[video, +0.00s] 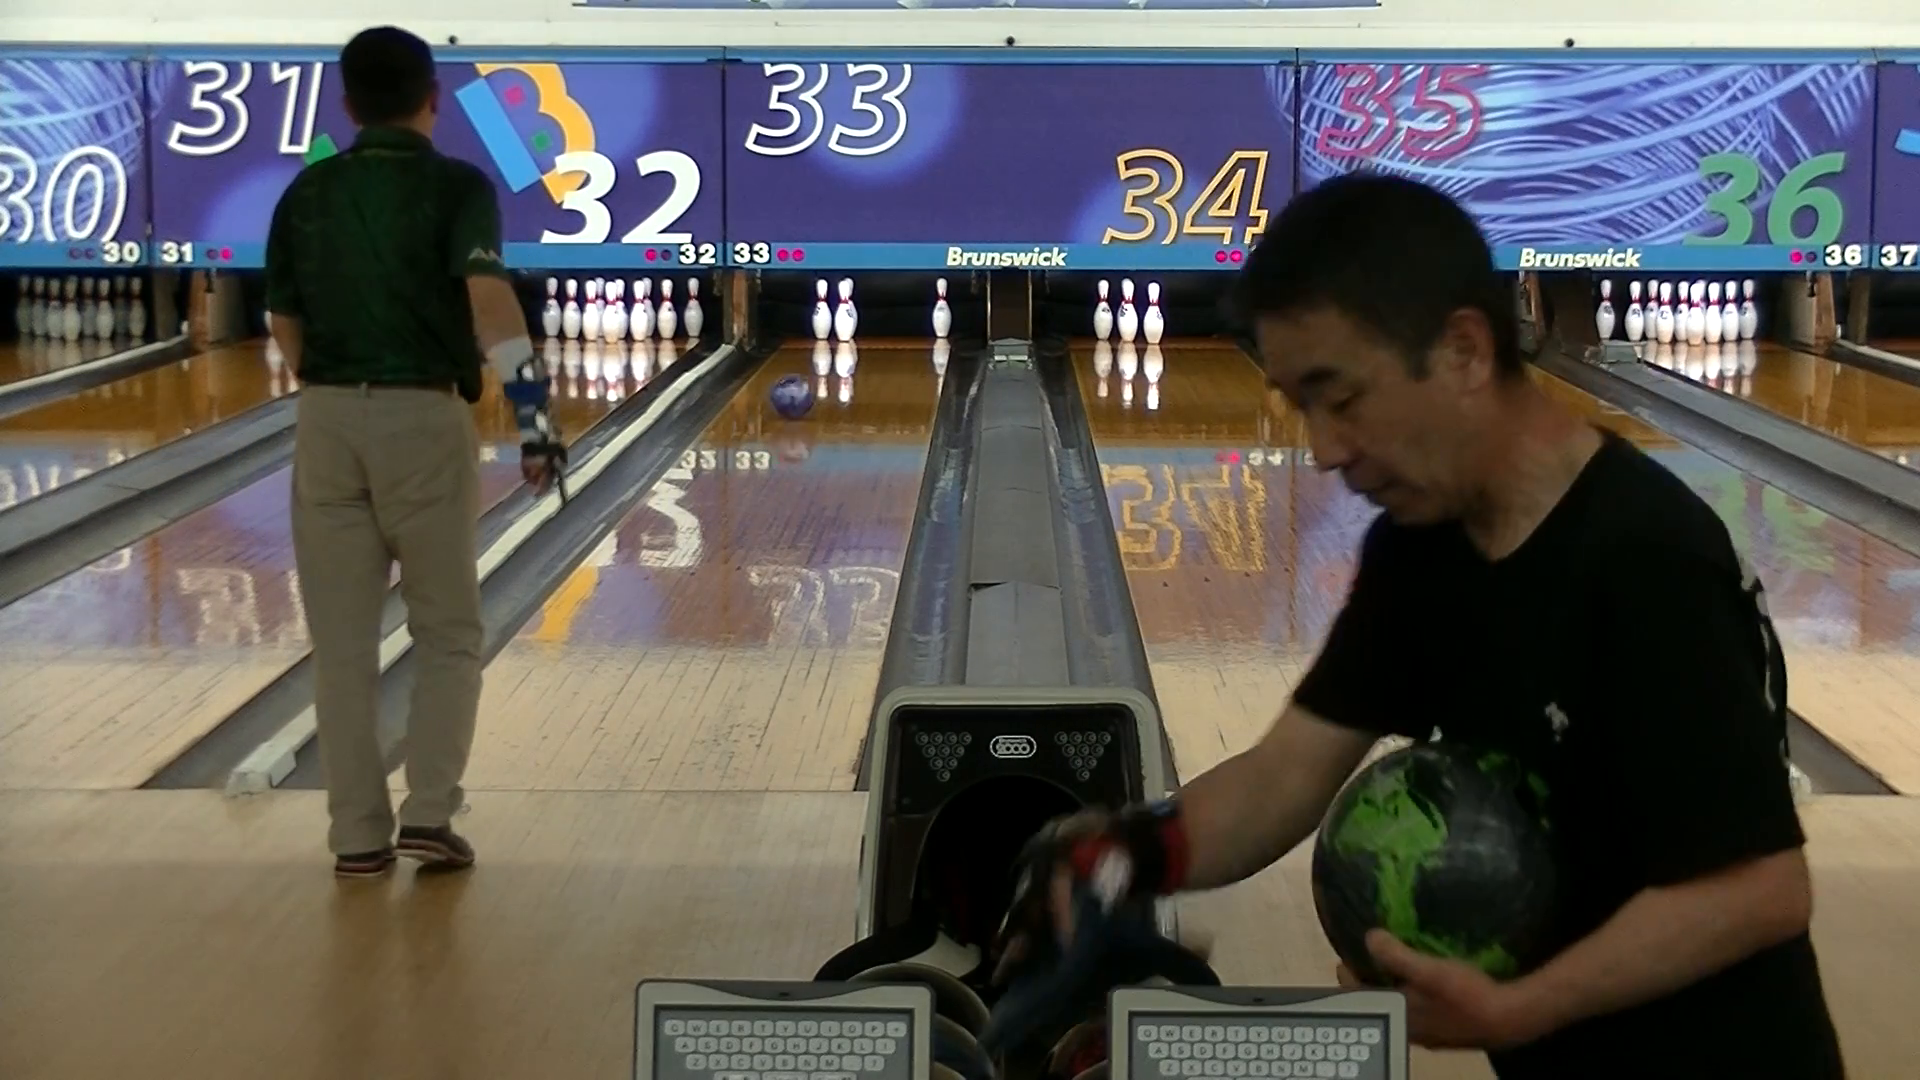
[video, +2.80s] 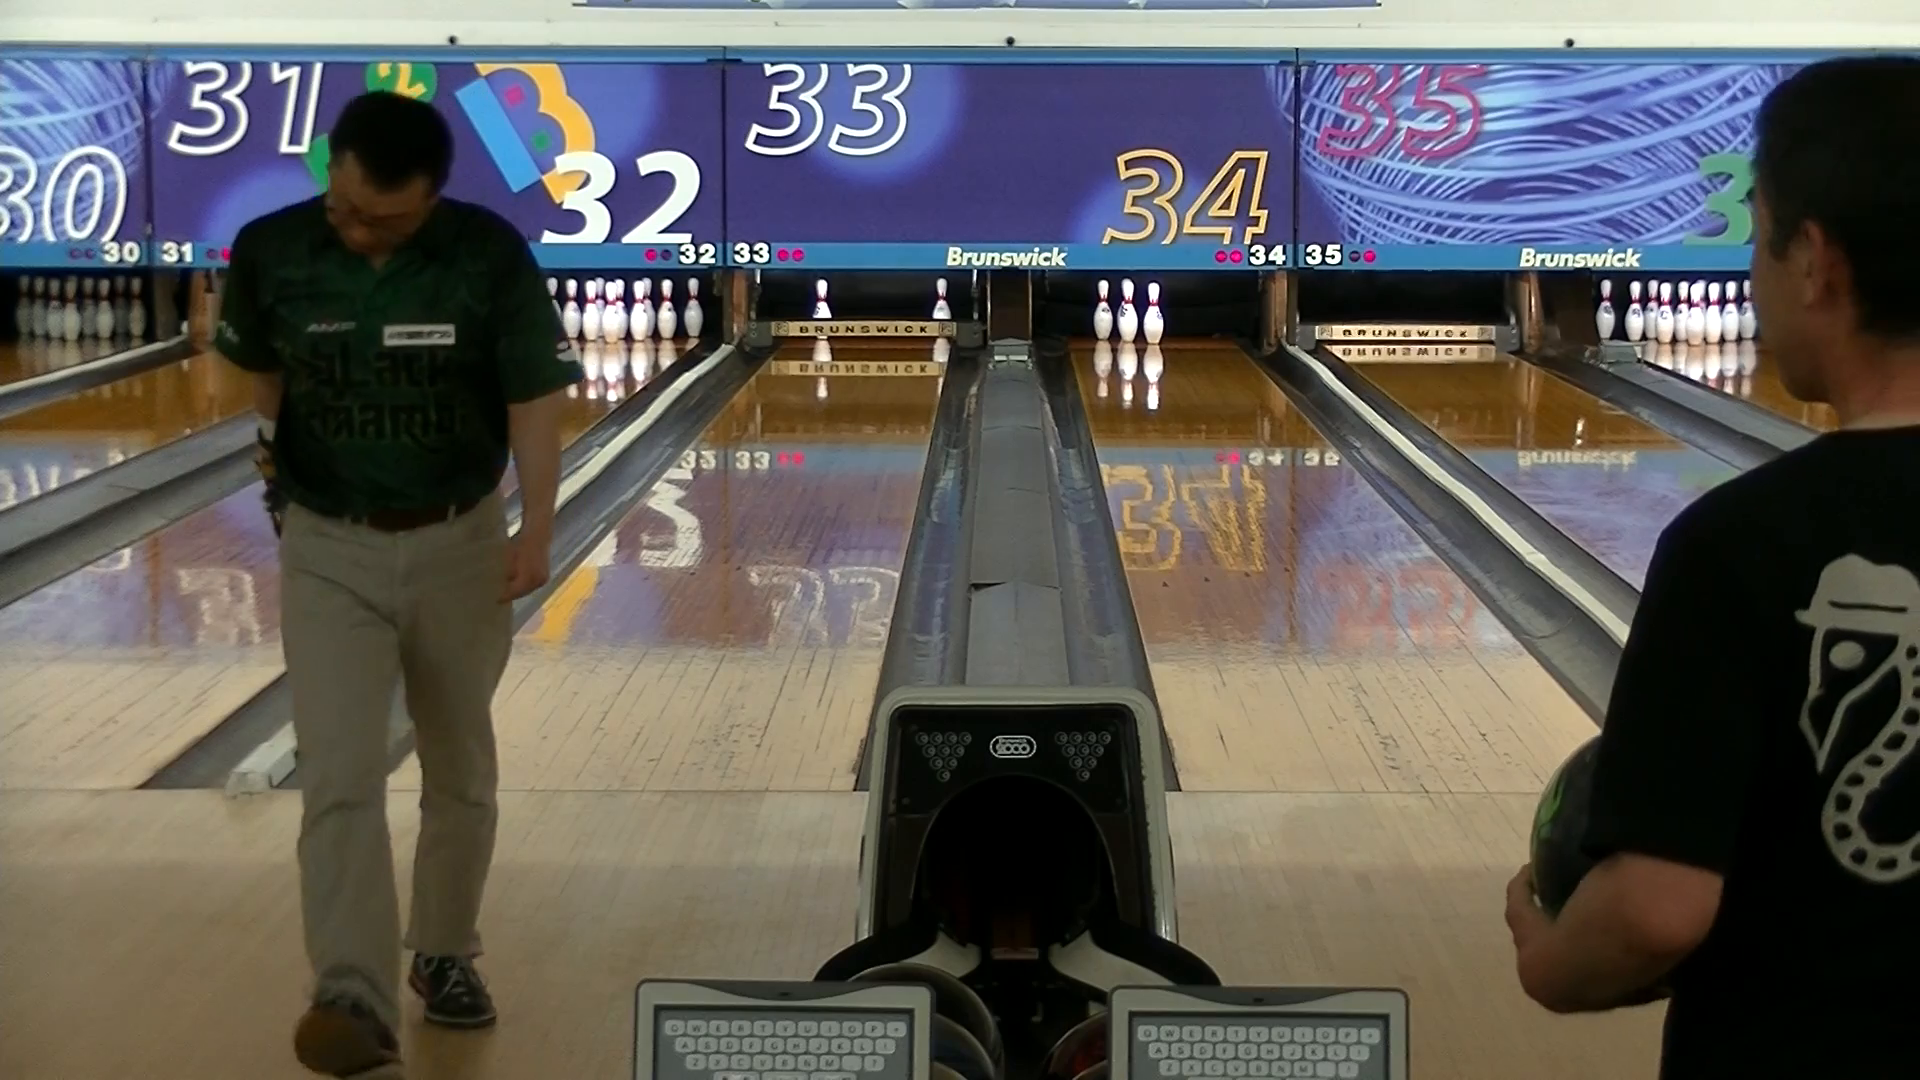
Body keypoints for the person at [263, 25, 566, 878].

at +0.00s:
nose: (440, 106)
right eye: (439, 94)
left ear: (348, 102)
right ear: (432, 99)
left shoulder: (303, 193)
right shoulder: (458, 183)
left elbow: (286, 331)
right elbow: (487, 288)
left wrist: (324, 398)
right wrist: (532, 413)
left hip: (322, 423)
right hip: (424, 421)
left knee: (339, 637)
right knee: (448, 630)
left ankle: (357, 838)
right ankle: (428, 821)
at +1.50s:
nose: (381, 99)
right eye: (378, 86)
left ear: (284, 94)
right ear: (372, 93)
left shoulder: (232, 196)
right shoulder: (392, 211)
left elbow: (209, 336)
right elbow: (422, 354)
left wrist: (219, 438)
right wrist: (441, 435)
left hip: (260, 449)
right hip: (350, 452)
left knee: (292, 667)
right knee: (371, 666)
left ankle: (324, 872)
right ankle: (291, 859)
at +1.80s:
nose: (394, 108)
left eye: (388, 92)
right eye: (389, 92)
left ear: (304, 102)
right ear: (368, 99)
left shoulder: (264, 197)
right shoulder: (350, 214)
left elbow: (240, 336)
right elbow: (404, 371)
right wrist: (444, 447)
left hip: (288, 460)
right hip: (334, 468)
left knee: (360, 661)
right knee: (329, 676)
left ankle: (342, 852)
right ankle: (280, 894)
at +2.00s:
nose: (418, 137)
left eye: (420, 120)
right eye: (410, 118)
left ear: (361, 113)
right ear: (359, 109)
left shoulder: (354, 207)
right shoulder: (294, 212)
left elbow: (361, 355)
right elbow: (331, 369)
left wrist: (399, 468)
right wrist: (401, 487)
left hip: (374, 475)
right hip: (306, 480)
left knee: (440, 684)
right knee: (307, 702)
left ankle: (406, 877)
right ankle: (279, 892)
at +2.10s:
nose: (417, 160)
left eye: (425, 143)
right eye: (411, 139)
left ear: (381, 131)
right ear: (354, 121)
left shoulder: (385, 211)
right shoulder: (275, 221)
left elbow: (392, 357)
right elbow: (292, 368)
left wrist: (433, 465)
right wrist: (322, 486)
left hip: (404, 479)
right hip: (307, 489)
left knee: (451, 692)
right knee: (301, 704)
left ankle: (443, 902)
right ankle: (280, 891)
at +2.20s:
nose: (425, 177)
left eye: (434, 161)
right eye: (414, 157)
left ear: (432, 149)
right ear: (356, 132)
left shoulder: (417, 220)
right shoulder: (272, 227)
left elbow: (448, 344)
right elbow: (244, 359)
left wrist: (483, 461)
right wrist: (240, 448)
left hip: (418, 495)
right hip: (310, 505)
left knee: (448, 707)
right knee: (300, 716)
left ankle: (462, 914)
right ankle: (283, 892)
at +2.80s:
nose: (364, 232)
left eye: (389, 219)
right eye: (352, 209)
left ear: (433, 194)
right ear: (329, 171)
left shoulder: (488, 254)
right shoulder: (270, 252)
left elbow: (536, 398)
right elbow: (262, 384)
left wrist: (536, 527)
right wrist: (282, 471)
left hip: (460, 550)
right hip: (327, 552)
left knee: (461, 770)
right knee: (339, 781)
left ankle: (448, 954)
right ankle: (351, 996)